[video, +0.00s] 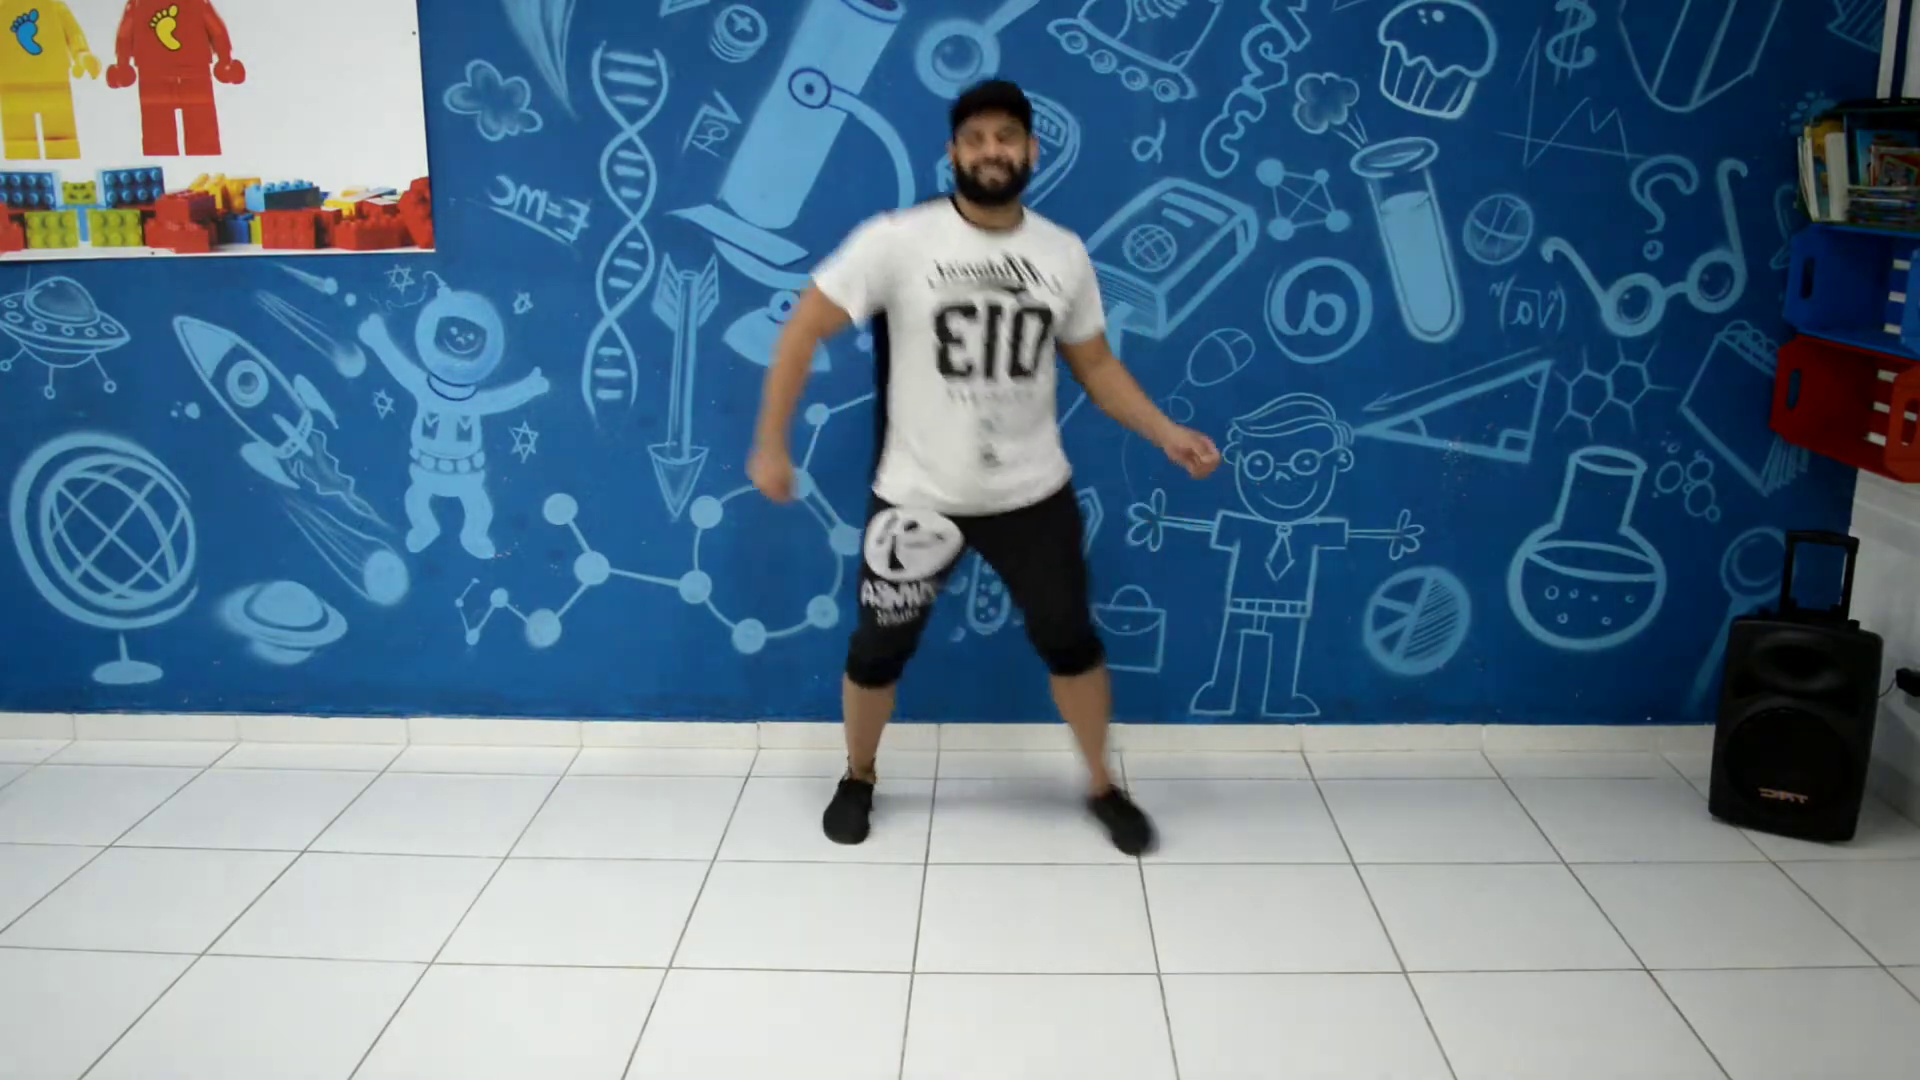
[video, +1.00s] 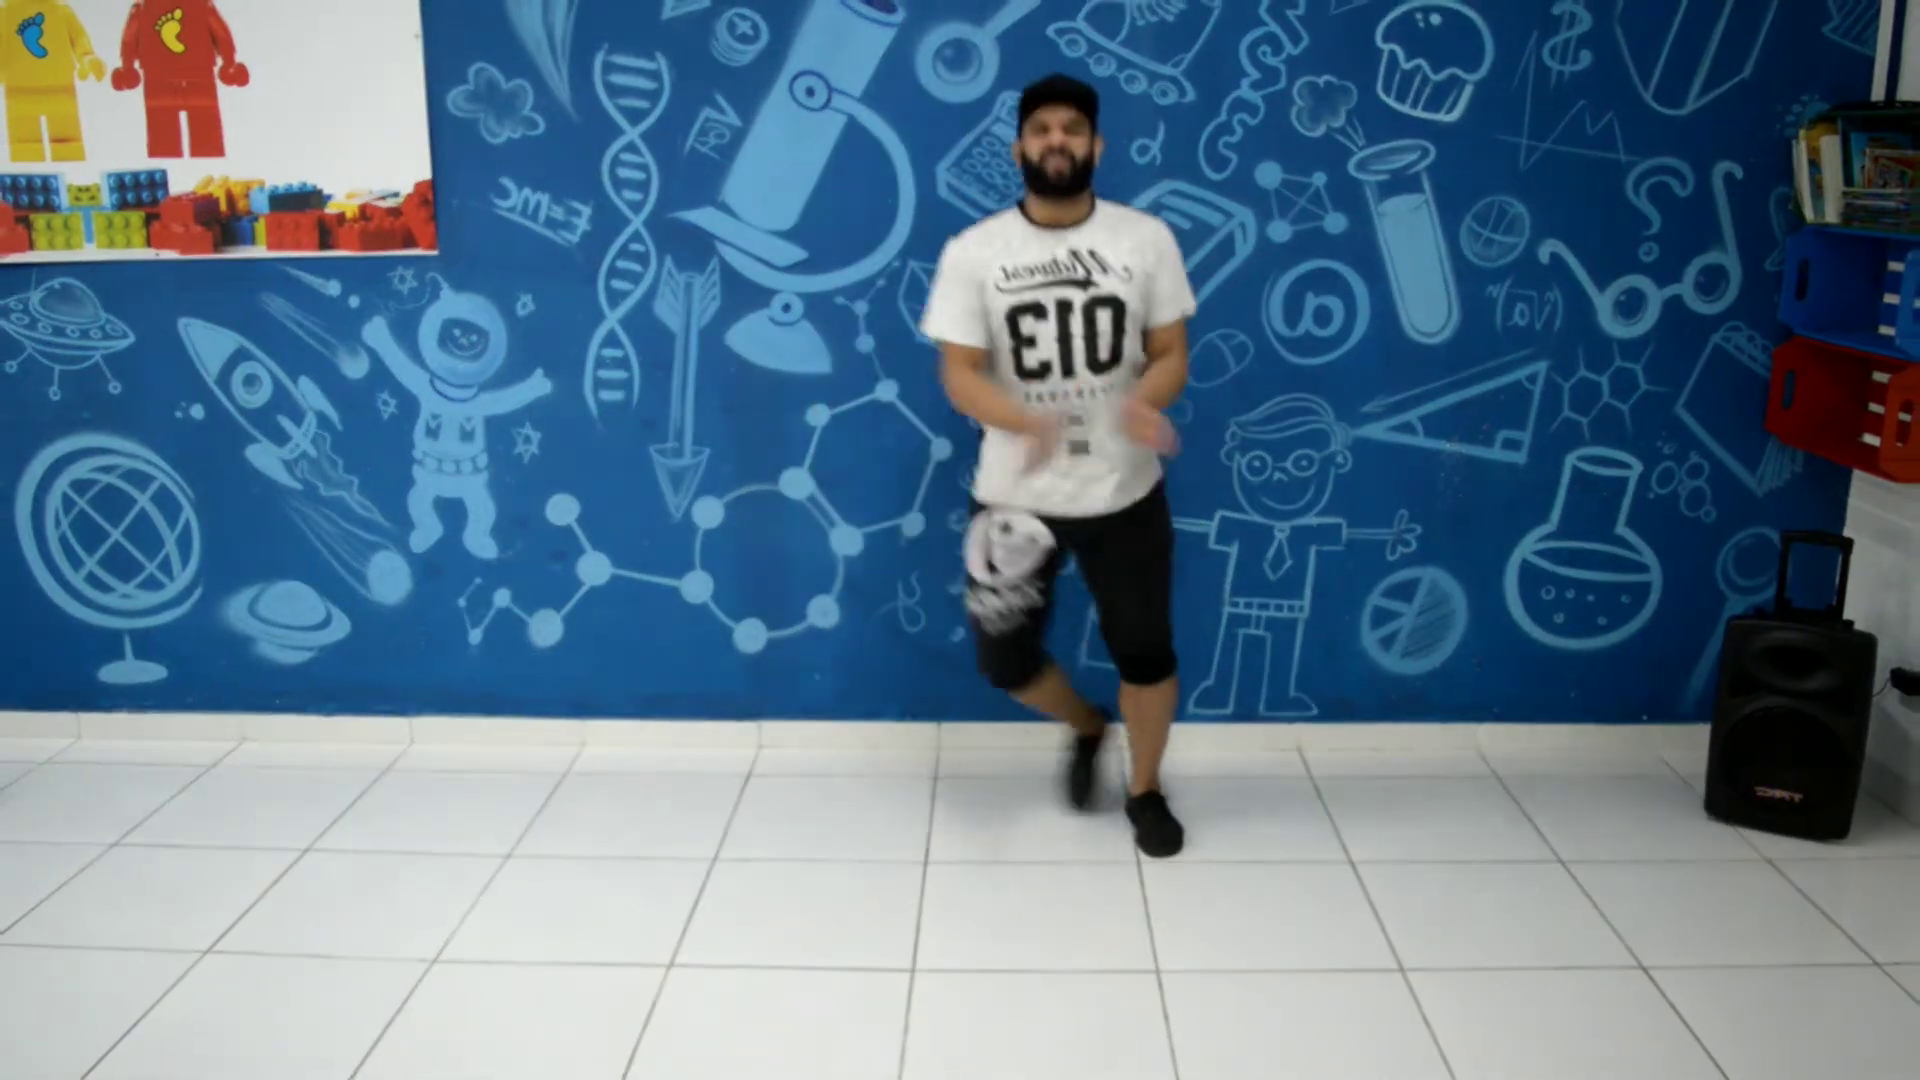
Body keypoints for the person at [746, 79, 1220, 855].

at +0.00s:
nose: (993, 151)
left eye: (1009, 137)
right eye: (976, 138)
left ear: (1031, 153)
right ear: (953, 151)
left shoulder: (1062, 256)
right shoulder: (893, 243)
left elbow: (1096, 363)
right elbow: (803, 328)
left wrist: (1167, 432)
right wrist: (770, 443)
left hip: (1031, 491)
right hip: (918, 491)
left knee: (1072, 641)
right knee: (879, 647)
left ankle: (1104, 787)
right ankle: (858, 777)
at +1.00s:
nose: (1057, 143)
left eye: (1072, 131)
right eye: (1042, 131)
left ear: (1095, 147)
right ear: (1020, 148)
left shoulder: (1146, 241)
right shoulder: (973, 254)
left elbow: (1171, 356)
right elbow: (960, 380)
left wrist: (1141, 401)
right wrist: (1023, 418)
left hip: (1123, 489)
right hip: (1017, 490)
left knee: (1145, 654)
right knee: (1005, 658)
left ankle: (1146, 788)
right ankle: (1090, 724)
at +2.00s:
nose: (946, 161)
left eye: (963, 148)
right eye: (931, 146)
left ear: (986, 159)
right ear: (909, 153)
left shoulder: (1035, 247)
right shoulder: (852, 255)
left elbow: (1110, 349)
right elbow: (776, 351)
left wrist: (1173, 443)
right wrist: (701, 441)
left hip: (991, 497)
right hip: (880, 492)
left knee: (1013, 667)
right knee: (857, 655)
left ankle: (954, 744)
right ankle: (852, 787)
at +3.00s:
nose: (1021, 176)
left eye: (1033, 161)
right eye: (1002, 168)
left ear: (1057, 170)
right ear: (983, 189)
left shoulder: (1117, 272)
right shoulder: (946, 267)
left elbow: (1186, 367)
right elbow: (879, 366)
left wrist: (1253, 459)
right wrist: (814, 467)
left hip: (1090, 500)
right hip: (975, 501)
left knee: (1141, 657)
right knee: (902, 653)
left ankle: (1156, 793)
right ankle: (862, 784)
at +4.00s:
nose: (1021, 172)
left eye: (1038, 162)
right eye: (1008, 159)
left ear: (1059, 181)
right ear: (982, 171)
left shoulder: (1105, 267)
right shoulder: (932, 284)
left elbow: (1151, 372)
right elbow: (869, 387)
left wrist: (1195, 474)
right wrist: (818, 493)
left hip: (1080, 495)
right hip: (967, 494)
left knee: (1133, 660)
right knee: (909, 652)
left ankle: (1141, 793)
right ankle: (864, 784)